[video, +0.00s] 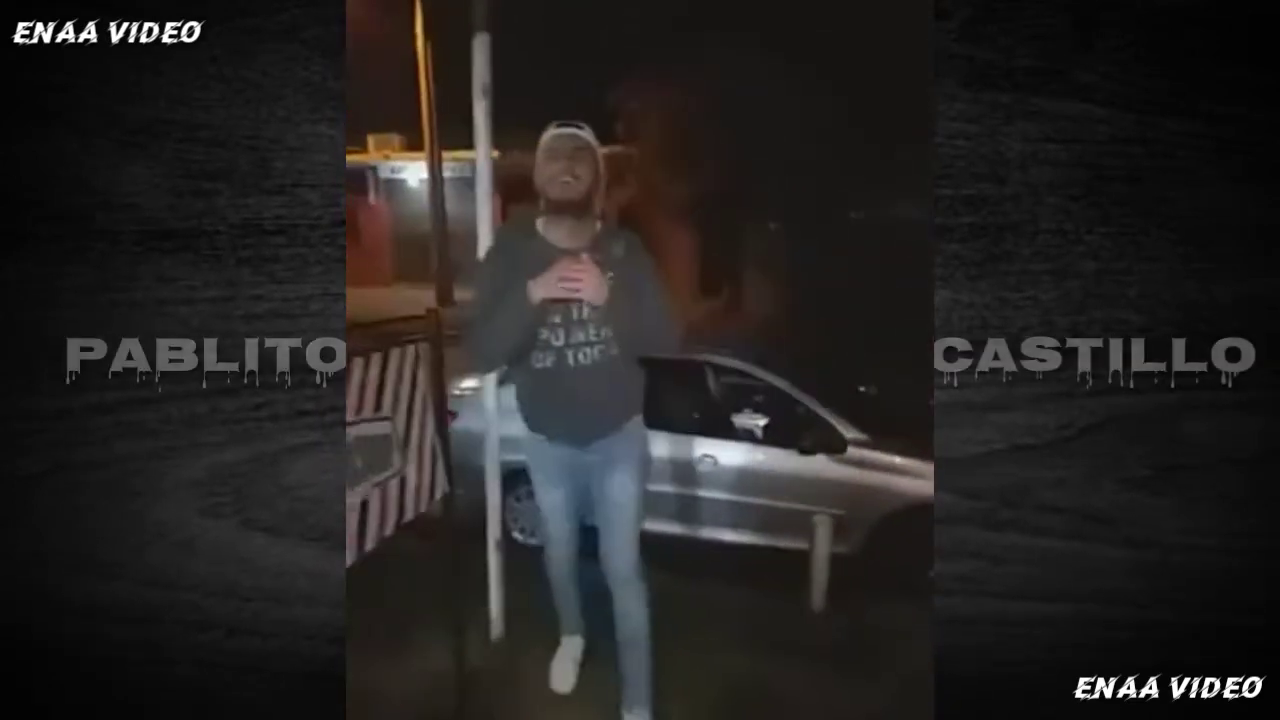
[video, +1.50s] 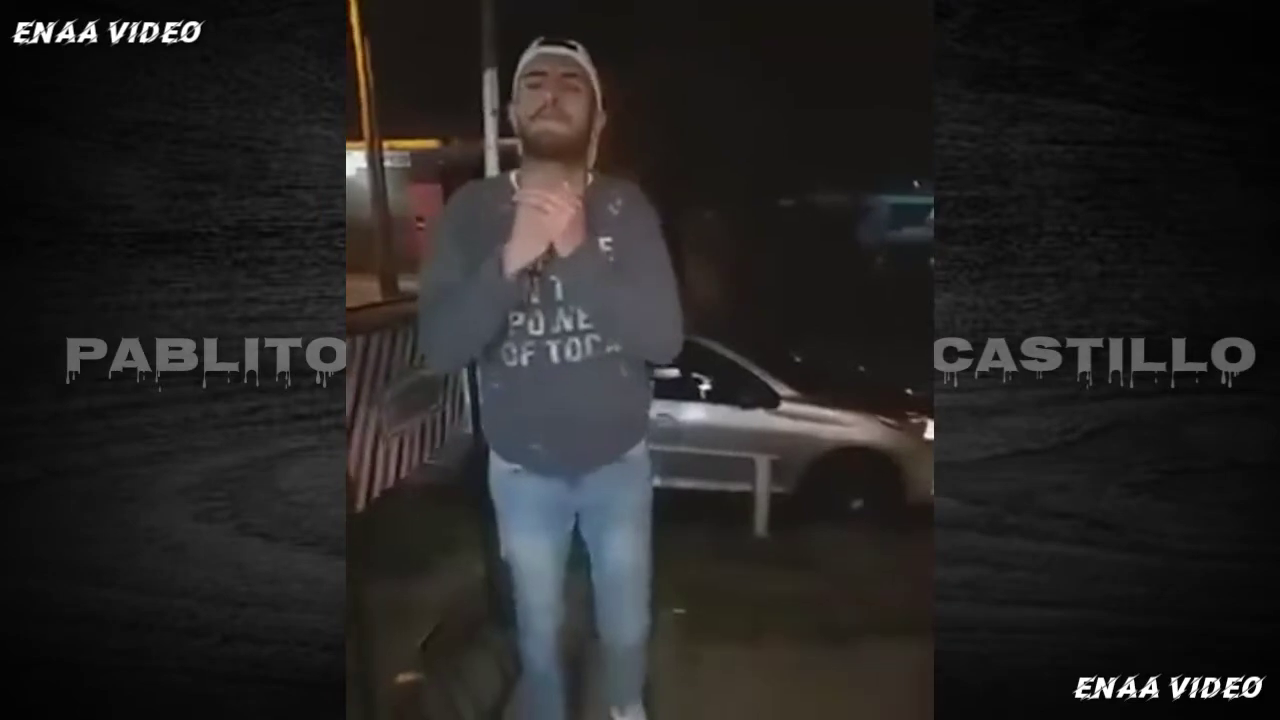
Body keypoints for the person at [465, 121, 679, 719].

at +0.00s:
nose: (566, 168)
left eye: (578, 158)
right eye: (554, 158)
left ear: (597, 173)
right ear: (535, 172)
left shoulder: (623, 248)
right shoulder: (512, 250)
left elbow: (663, 339)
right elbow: (483, 349)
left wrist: (608, 297)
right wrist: (530, 295)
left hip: (618, 433)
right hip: (546, 436)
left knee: (622, 569)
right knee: (559, 556)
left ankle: (638, 707)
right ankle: (571, 637)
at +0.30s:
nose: (636, 183)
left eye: (650, 175)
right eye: (625, 172)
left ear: (668, 194)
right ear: (604, 187)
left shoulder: (682, 274)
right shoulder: (564, 267)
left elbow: (706, 381)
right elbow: (529, 369)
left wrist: (655, 315)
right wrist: (587, 311)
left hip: (652, 459)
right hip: (580, 459)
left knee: (646, 601)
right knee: (583, 569)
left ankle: (661, 712)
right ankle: (588, 632)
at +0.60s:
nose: (663, 147)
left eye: (677, 137)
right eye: (651, 136)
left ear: (698, 159)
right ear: (630, 152)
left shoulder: (711, 245)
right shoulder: (589, 230)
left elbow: (731, 354)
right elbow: (546, 339)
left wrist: (671, 287)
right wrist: (610, 285)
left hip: (671, 441)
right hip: (594, 438)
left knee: (661, 579)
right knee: (595, 585)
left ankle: (664, 696)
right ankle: (609, 624)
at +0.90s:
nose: (586, 135)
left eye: (603, 125)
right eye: (573, 125)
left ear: (630, 146)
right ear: (556, 146)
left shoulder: (656, 233)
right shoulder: (521, 230)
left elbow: (682, 351)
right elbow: (485, 346)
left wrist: (607, 278)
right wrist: (543, 286)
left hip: (631, 446)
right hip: (547, 446)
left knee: (631, 572)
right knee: (536, 606)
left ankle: (638, 667)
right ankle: (525, 712)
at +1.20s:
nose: (542, 114)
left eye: (560, 104)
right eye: (528, 104)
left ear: (589, 131)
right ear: (511, 130)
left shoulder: (621, 219)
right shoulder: (480, 220)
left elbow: (654, 347)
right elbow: (444, 352)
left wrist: (566, 270)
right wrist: (501, 274)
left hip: (608, 459)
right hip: (516, 462)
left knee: (614, 591)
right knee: (525, 617)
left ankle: (627, 643)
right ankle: (527, 712)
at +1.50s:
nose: (551, 92)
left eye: (570, 83)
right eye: (534, 82)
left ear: (597, 114)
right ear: (513, 110)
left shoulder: (622, 204)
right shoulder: (472, 209)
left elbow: (663, 338)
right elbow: (441, 347)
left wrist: (578, 253)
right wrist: (513, 258)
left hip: (618, 459)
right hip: (521, 464)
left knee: (626, 628)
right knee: (539, 637)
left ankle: (626, 710)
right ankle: (543, 714)